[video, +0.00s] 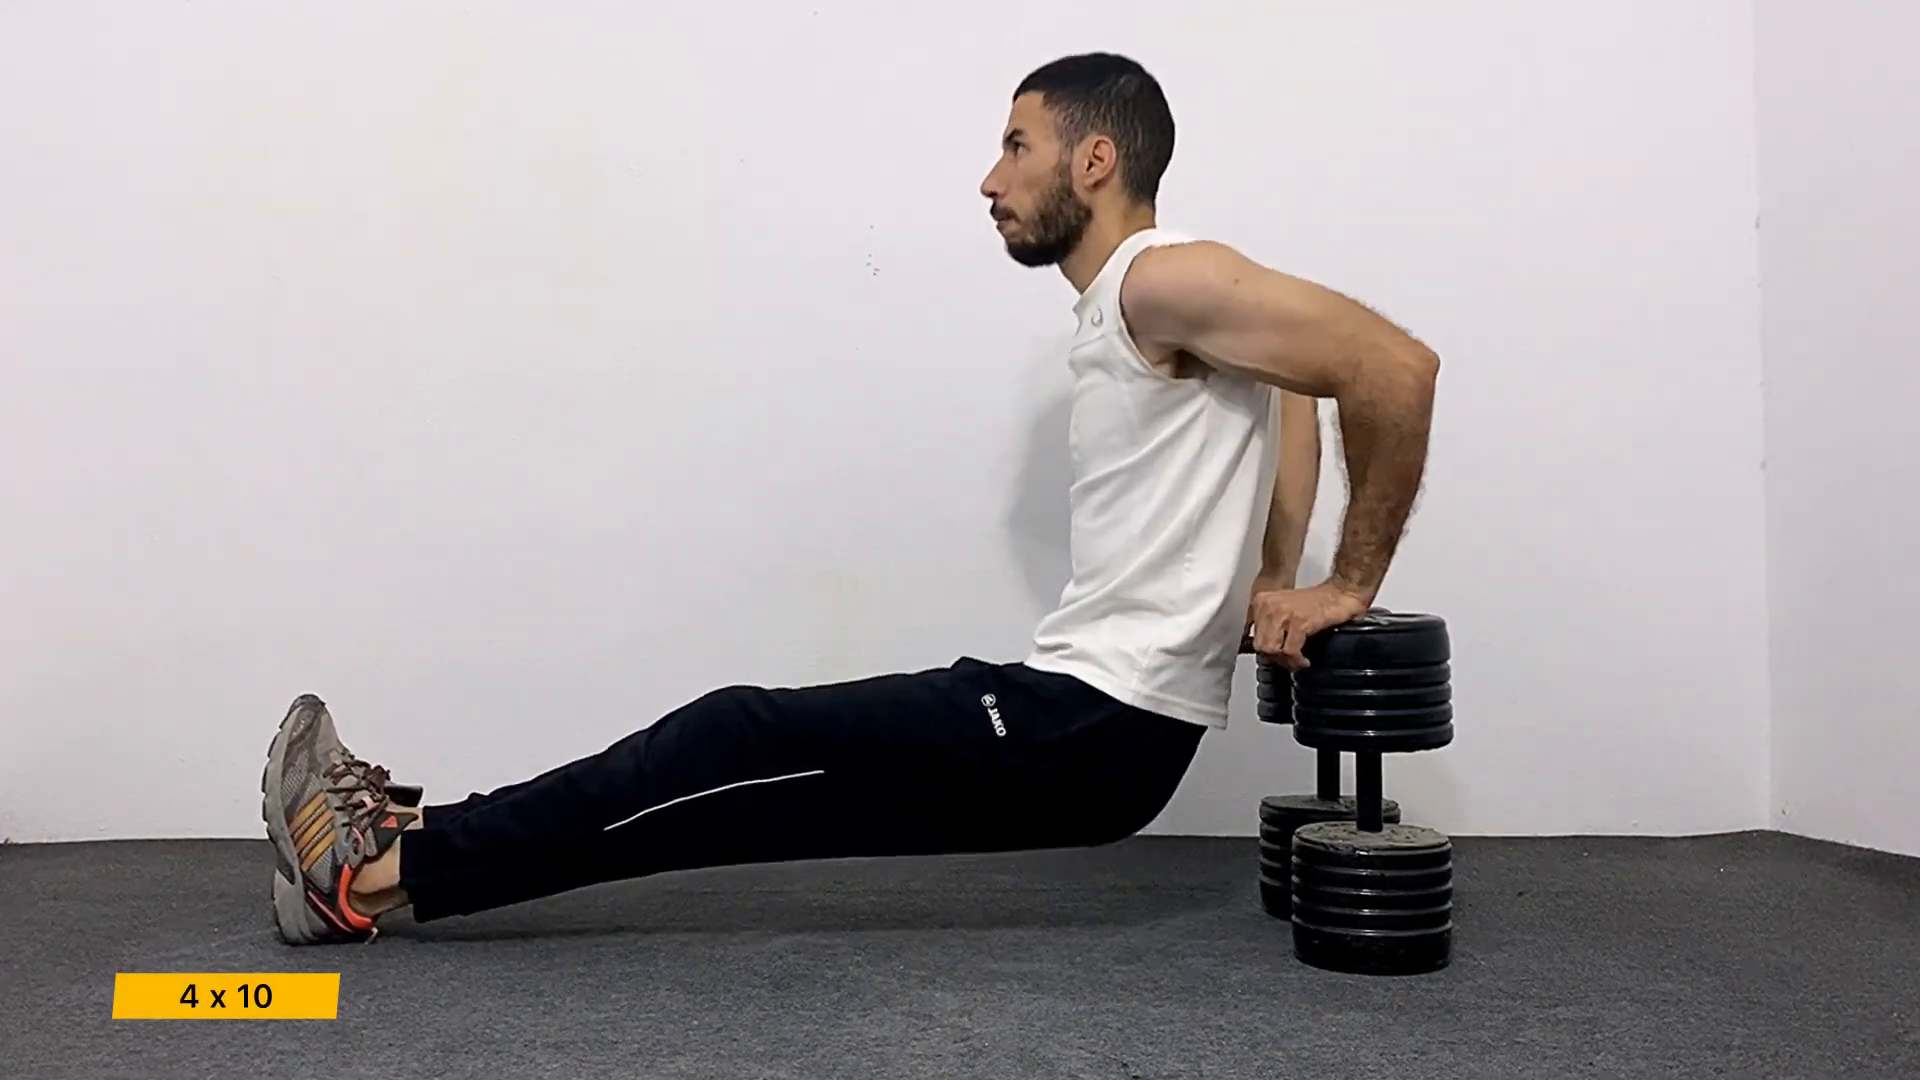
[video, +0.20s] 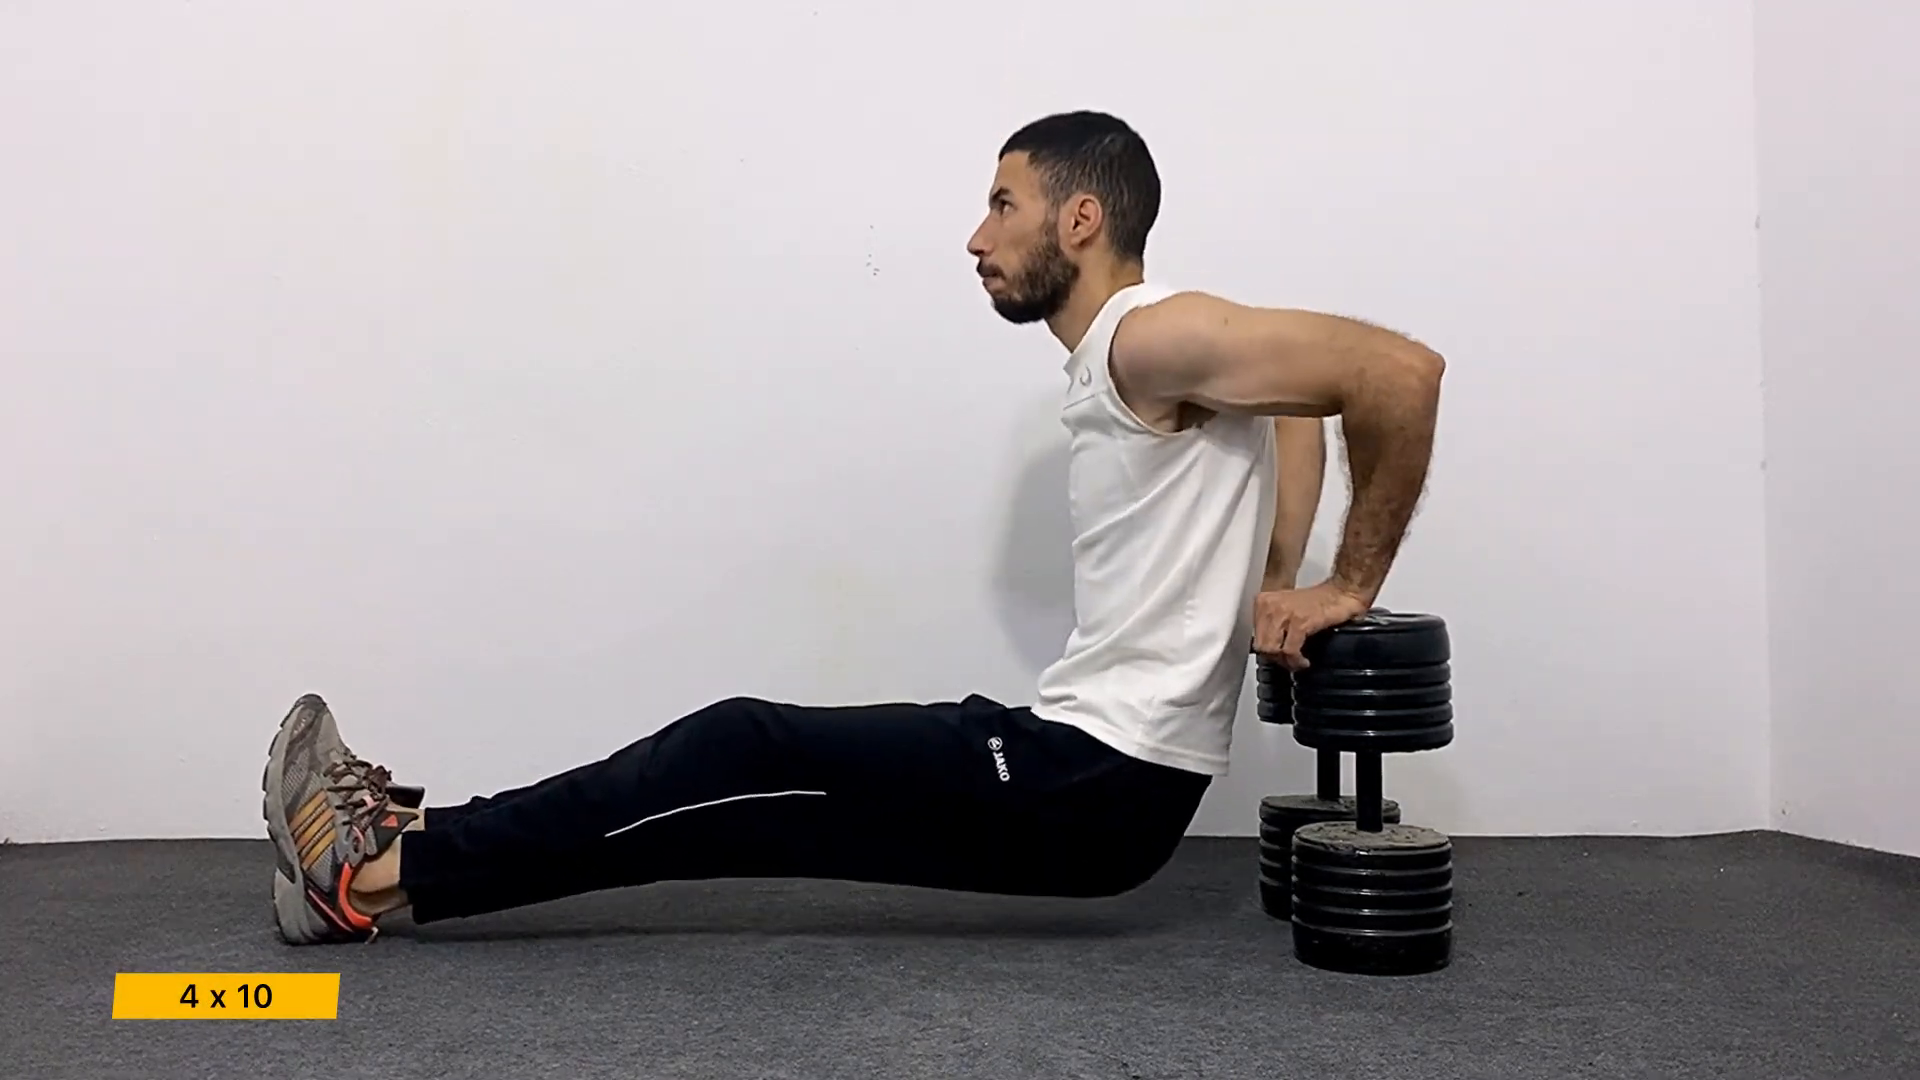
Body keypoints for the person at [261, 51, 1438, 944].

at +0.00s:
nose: (992, 181)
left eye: (1013, 149)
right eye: (998, 152)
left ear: (1100, 159)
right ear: (1103, 164)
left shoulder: (1163, 286)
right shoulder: (1138, 294)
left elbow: (1395, 368)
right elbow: (1302, 374)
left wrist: (1354, 586)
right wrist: (1281, 572)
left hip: (1101, 720)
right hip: (1077, 702)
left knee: (737, 749)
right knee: (735, 745)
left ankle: (390, 871)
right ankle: (408, 854)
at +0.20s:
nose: (978, 237)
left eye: (1001, 206)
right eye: (985, 210)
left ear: (1088, 218)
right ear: (1089, 220)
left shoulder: (1148, 340)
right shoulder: (1129, 339)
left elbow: (1402, 376)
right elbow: (1302, 388)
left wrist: (1355, 590)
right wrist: (1281, 571)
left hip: (1101, 773)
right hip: (1083, 754)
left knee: (737, 749)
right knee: (733, 773)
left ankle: (387, 868)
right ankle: (413, 847)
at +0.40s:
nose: (973, 271)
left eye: (996, 240)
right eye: (981, 243)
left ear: (1081, 247)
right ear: (1081, 250)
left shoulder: (1148, 366)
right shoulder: (1127, 372)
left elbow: (1402, 382)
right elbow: (1296, 409)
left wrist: (1354, 593)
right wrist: (1281, 578)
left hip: (1097, 805)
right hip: (1086, 793)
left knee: (740, 754)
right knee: (728, 818)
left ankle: (382, 874)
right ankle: (424, 844)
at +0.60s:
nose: (973, 269)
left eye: (995, 238)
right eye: (981, 240)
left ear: (1079, 244)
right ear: (1081, 246)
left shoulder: (1144, 363)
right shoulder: (1131, 367)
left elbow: (1401, 380)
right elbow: (1303, 405)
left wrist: (1354, 591)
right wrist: (1280, 577)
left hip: (1098, 799)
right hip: (1090, 787)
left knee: (737, 754)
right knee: (727, 805)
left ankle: (382, 875)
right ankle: (422, 845)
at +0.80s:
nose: (979, 206)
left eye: (999, 175)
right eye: (985, 179)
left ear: (1085, 182)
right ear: (1090, 187)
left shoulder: (1151, 304)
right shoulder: (1128, 310)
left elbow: (1395, 371)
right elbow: (1300, 385)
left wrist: (1355, 587)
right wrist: (1279, 571)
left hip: (1100, 740)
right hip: (1077, 722)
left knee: (732, 742)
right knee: (732, 755)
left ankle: (380, 875)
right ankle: (413, 849)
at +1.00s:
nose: (1000, 104)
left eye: (1023, 74)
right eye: (1006, 76)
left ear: (1102, 83)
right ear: (1095, 90)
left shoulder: (1172, 207)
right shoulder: (1144, 231)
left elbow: (1355, 358)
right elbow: (1276, 400)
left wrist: (1351, 585)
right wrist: (1269, 580)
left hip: (1084, 647)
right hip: (1071, 636)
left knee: (723, 724)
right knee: (724, 715)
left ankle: (390, 875)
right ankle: (416, 849)